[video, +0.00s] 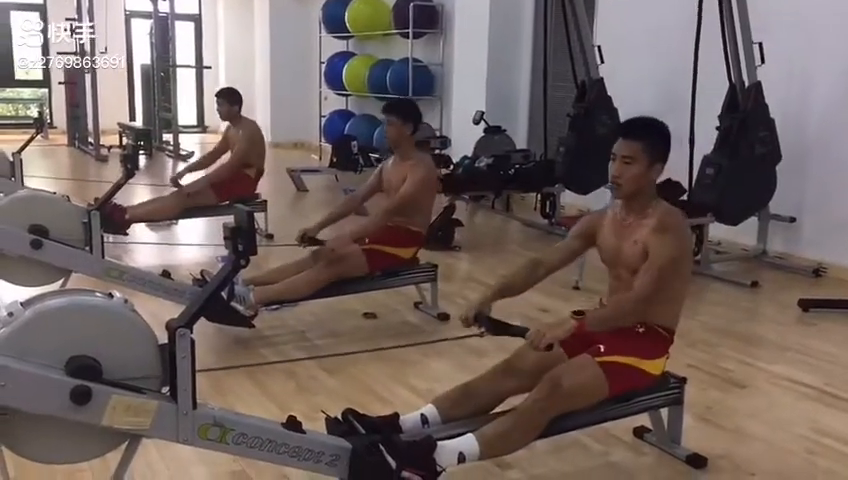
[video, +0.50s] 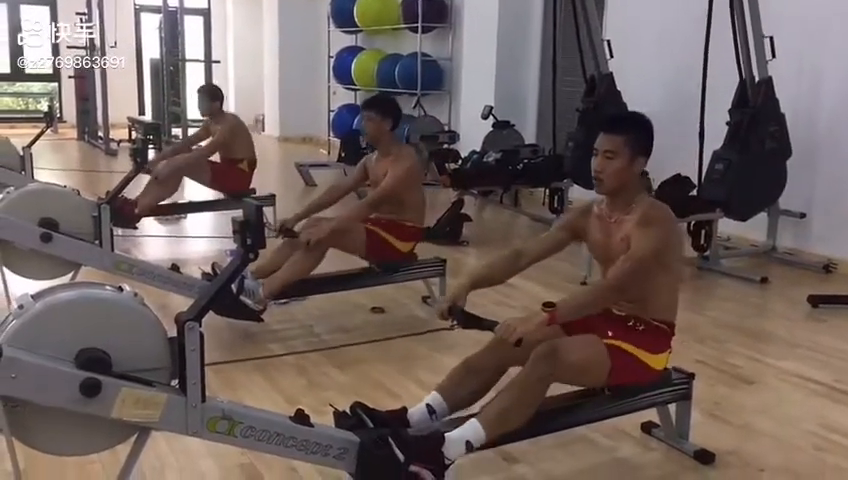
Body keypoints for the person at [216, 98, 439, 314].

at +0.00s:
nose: (384, 131)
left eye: (390, 125)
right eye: (385, 124)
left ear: (409, 128)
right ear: (394, 128)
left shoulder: (422, 169)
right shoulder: (388, 166)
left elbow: (387, 214)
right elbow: (355, 200)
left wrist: (339, 241)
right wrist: (317, 227)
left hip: (401, 248)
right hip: (379, 239)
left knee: (330, 267)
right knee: (317, 256)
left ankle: (253, 300)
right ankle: (240, 282)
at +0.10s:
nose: (381, 130)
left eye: (387, 124)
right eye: (382, 123)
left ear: (406, 127)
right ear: (395, 127)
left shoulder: (420, 166)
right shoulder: (387, 164)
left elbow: (386, 213)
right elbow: (354, 198)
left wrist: (343, 239)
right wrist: (315, 226)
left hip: (403, 246)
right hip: (380, 237)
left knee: (330, 266)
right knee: (317, 256)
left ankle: (253, 298)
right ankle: (240, 280)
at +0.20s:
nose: (379, 128)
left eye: (385, 122)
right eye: (380, 122)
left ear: (404, 126)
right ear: (394, 126)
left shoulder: (419, 165)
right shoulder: (385, 163)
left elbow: (385, 211)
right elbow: (352, 197)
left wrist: (337, 239)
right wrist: (313, 224)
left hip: (403, 244)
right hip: (380, 236)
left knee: (330, 262)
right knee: (316, 253)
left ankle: (255, 297)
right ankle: (241, 280)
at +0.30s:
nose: (377, 127)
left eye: (383, 121)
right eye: (377, 121)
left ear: (401, 125)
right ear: (387, 125)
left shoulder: (417, 164)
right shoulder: (383, 162)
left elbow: (381, 210)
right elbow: (349, 195)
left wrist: (331, 238)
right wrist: (309, 223)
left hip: (403, 243)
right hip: (379, 234)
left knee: (332, 252)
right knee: (313, 249)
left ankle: (258, 297)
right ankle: (244, 281)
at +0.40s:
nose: (372, 127)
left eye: (377, 121)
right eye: (372, 121)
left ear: (396, 124)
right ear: (377, 124)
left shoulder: (414, 160)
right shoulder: (378, 162)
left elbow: (379, 204)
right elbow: (342, 193)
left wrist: (335, 230)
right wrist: (303, 220)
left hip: (402, 240)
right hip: (379, 231)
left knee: (328, 243)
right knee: (314, 237)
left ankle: (261, 295)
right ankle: (244, 278)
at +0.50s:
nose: (362, 126)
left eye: (368, 120)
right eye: (362, 119)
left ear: (388, 124)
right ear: (369, 123)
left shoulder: (405, 161)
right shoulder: (372, 160)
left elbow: (372, 204)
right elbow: (337, 190)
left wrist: (329, 227)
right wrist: (298, 216)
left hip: (399, 240)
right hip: (376, 231)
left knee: (324, 237)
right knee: (310, 230)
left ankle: (263, 295)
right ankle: (243, 277)